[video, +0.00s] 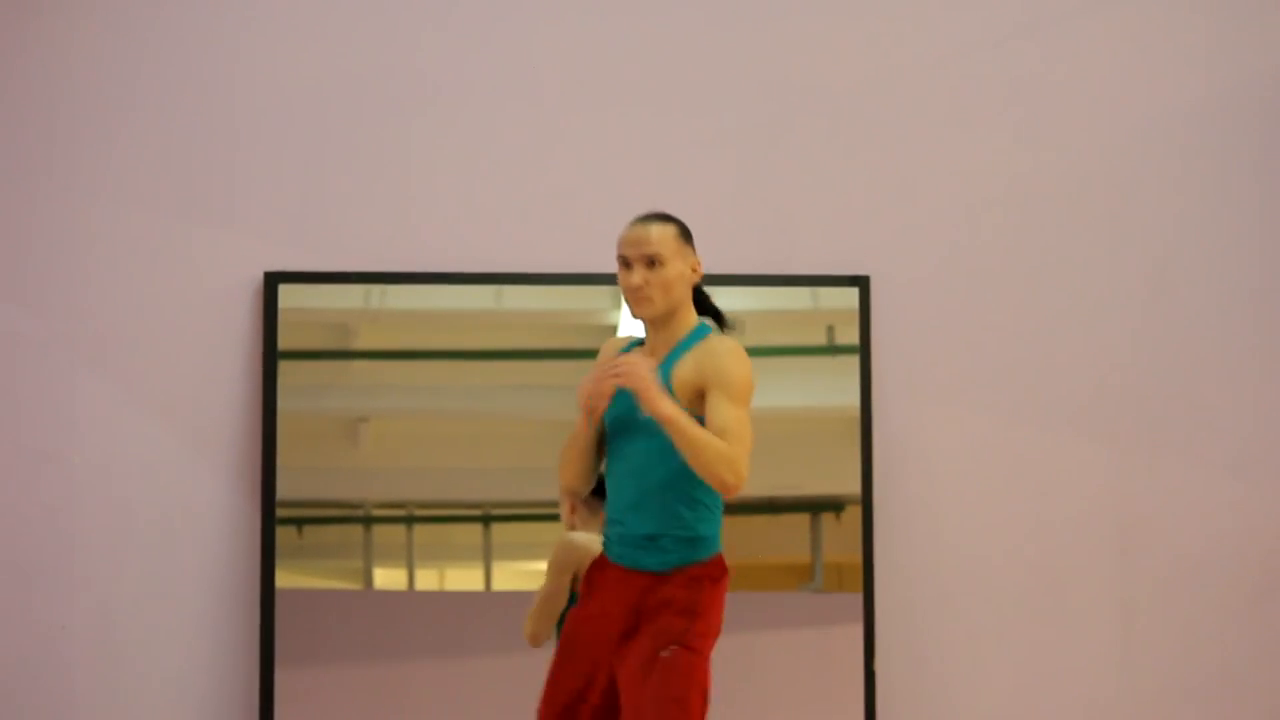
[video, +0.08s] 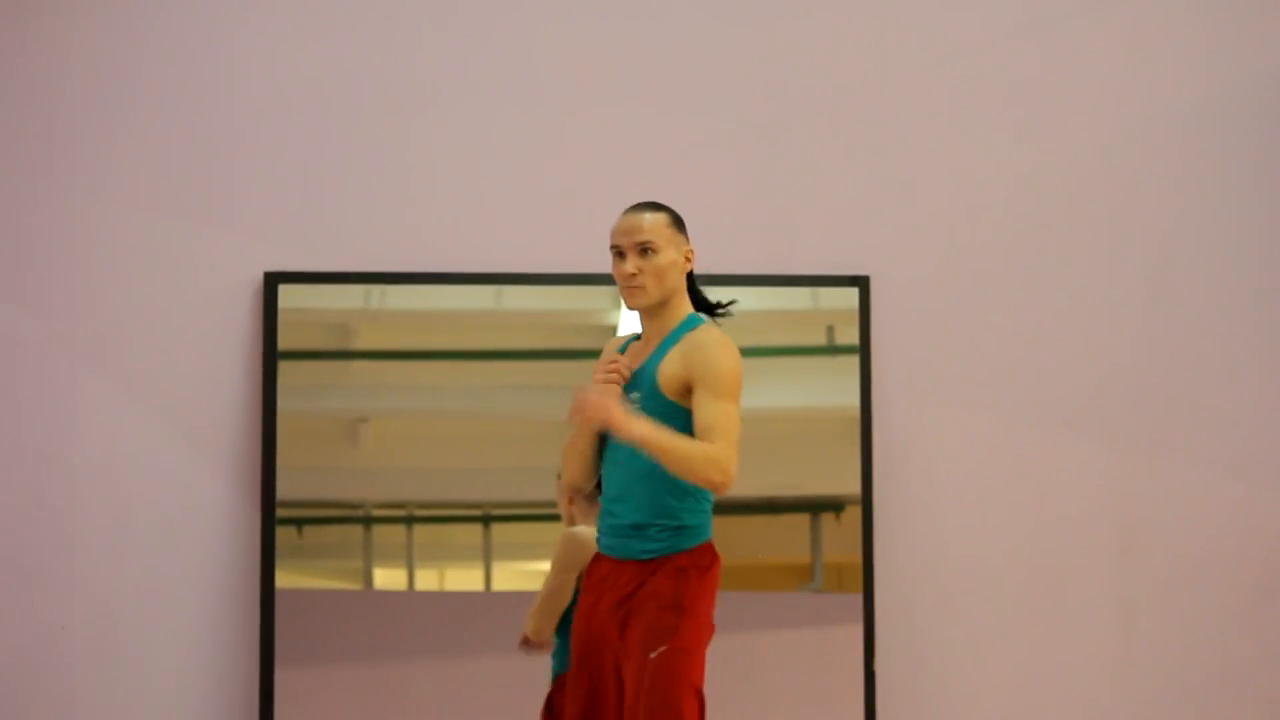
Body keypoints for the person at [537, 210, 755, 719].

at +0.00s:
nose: (636, 279)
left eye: (653, 263)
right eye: (626, 265)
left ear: (693, 270)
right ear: (617, 275)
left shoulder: (720, 355)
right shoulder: (619, 355)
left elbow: (731, 476)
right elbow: (574, 485)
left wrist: (657, 400)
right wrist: (589, 417)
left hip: (683, 582)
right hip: (613, 577)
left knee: (661, 710)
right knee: (564, 710)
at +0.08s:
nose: (628, 268)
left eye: (645, 251)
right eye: (618, 255)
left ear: (687, 258)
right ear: (610, 265)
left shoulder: (709, 346)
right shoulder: (624, 352)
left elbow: (720, 470)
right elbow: (575, 484)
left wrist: (625, 421)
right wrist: (593, 400)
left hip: (673, 572)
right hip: (610, 568)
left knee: (659, 709)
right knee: (584, 708)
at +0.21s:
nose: (624, 268)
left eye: (641, 251)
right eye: (615, 255)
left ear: (682, 258)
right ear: (607, 266)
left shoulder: (697, 346)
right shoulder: (626, 352)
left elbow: (703, 467)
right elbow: (584, 485)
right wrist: (596, 417)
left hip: (670, 572)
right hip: (616, 571)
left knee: (668, 710)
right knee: (594, 708)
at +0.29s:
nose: (624, 269)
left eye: (641, 252)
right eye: (614, 256)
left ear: (682, 259)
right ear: (607, 265)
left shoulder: (694, 346)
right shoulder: (625, 354)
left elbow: (701, 468)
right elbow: (588, 491)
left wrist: (617, 527)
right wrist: (594, 418)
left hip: (672, 572)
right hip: (617, 570)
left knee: (670, 709)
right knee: (599, 708)